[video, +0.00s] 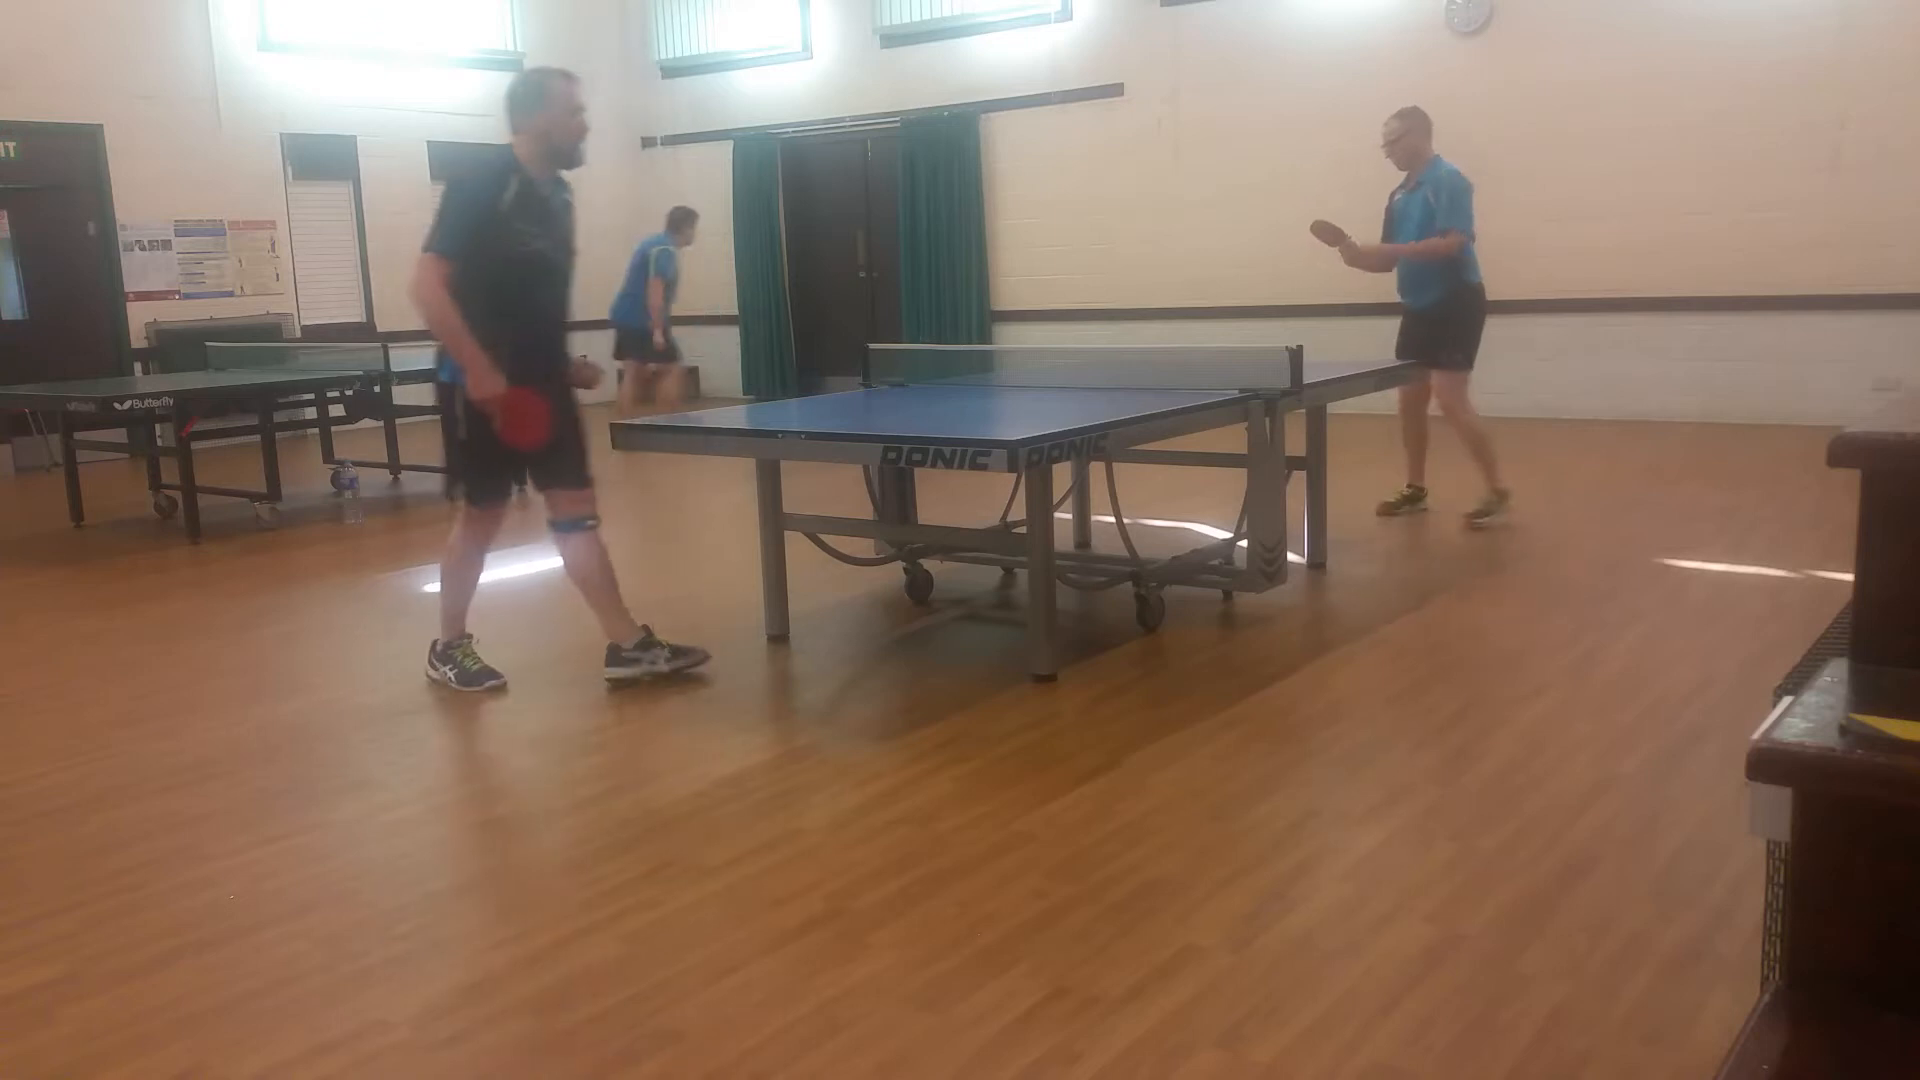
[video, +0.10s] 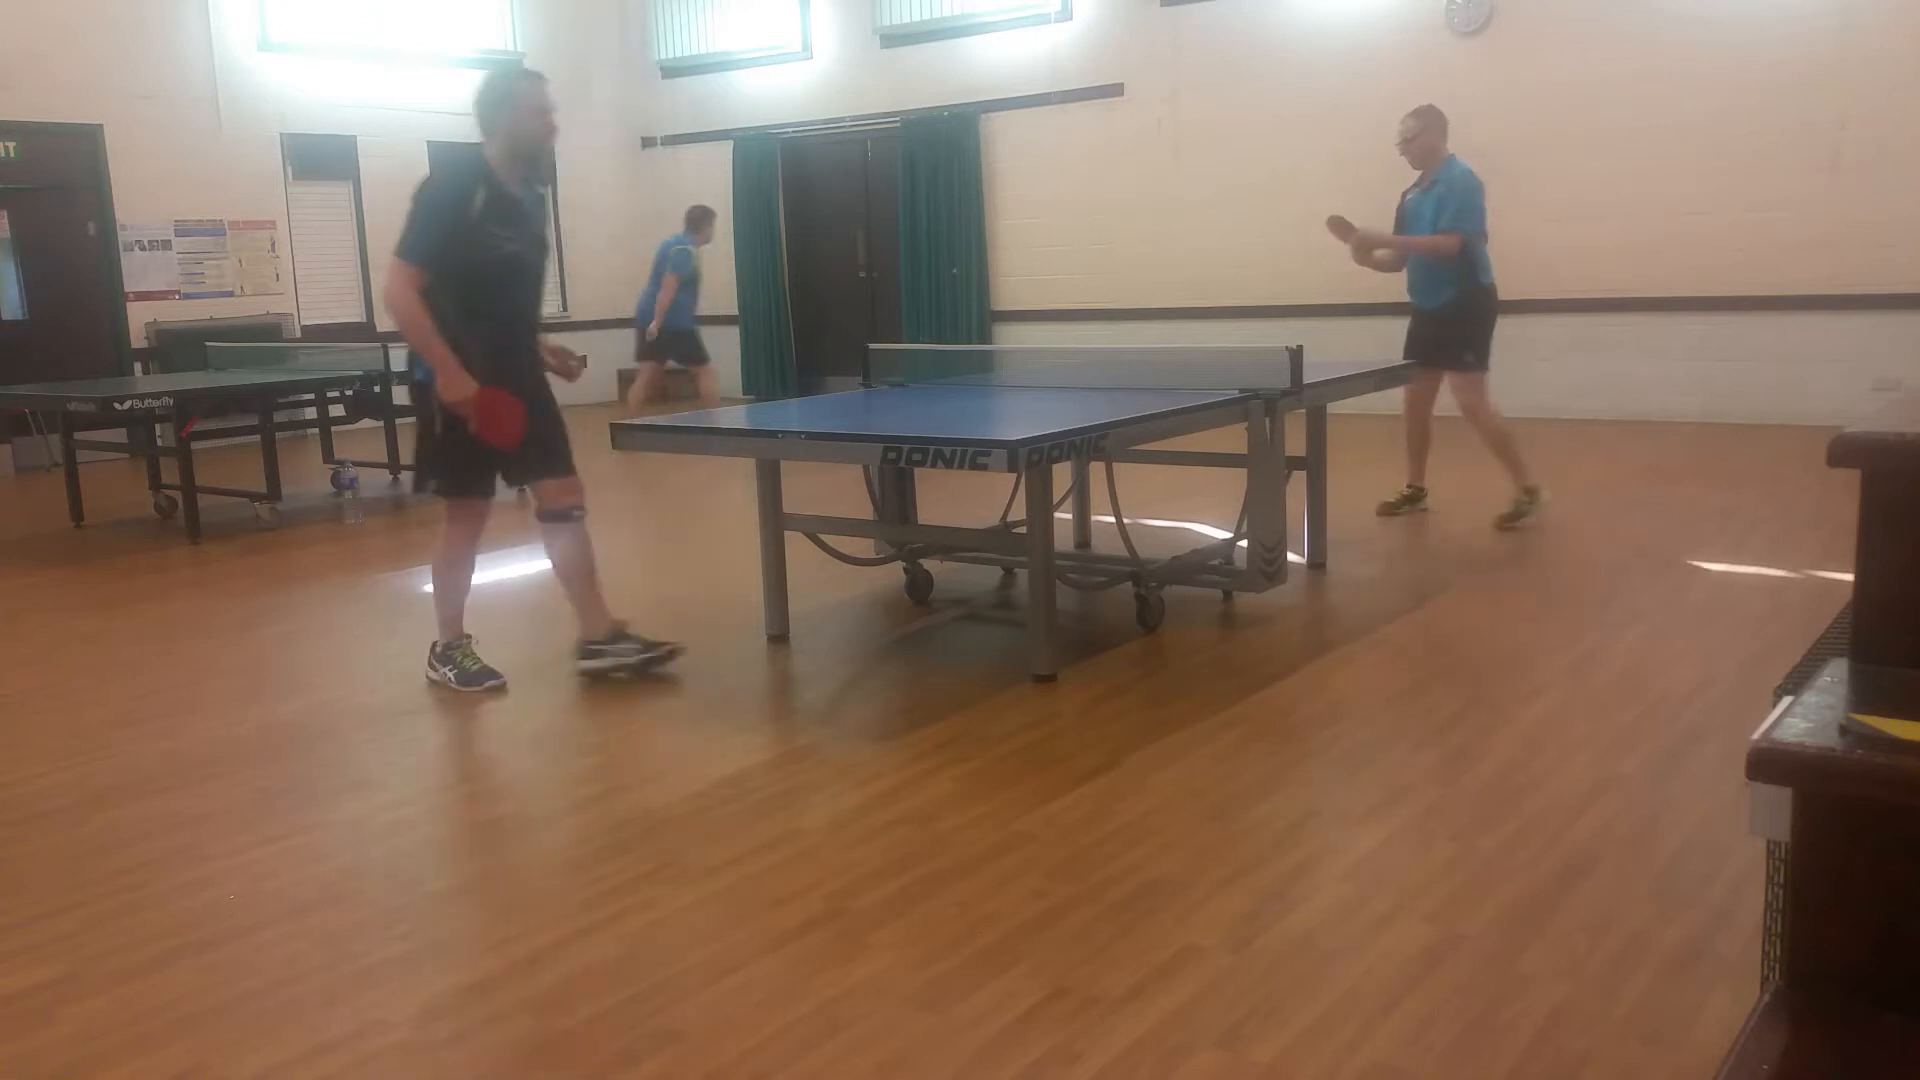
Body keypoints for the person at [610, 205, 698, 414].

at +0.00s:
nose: (694, 234)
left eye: (694, 228)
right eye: (692, 228)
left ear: (673, 225)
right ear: (683, 228)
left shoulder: (652, 244)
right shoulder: (663, 250)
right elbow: (655, 295)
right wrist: (658, 330)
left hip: (628, 319)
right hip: (643, 321)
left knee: (633, 370)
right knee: (671, 367)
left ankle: (625, 426)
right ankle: (664, 425)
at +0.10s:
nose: (713, 232)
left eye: (713, 226)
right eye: (711, 226)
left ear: (690, 224)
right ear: (703, 227)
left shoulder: (671, 245)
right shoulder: (683, 252)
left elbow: (663, 286)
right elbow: (667, 289)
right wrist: (657, 321)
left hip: (654, 322)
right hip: (676, 325)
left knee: (647, 374)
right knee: (704, 372)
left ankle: (630, 425)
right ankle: (717, 425)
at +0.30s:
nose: (750, 223)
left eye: (749, 218)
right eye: (748, 218)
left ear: (727, 216)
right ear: (742, 218)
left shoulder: (706, 239)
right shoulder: (734, 244)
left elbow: (692, 272)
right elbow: (721, 280)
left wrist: (695, 306)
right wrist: (711, 312)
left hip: (706, 317)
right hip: (735, 318)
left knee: (711, 370)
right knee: (747, 371)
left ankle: (673, 406)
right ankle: (748, 423)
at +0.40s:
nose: (768, 219)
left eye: (769, 215)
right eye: (768, 215)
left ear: (745, 211)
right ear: (762, 213)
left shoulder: (723, 234)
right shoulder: (755, 237)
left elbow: (709, 273)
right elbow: (757, 276)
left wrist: (711, 310)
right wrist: (761, 313)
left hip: (723, 311)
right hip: (746, 312)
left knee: (745, 362)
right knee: (751, 364)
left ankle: (730, 411)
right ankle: (745, 418)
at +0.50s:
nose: (787, 223)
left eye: (788, 218)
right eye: (786, 218)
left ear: (762, 215)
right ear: (779, 216)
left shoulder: (739, 239)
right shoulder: (778, 241)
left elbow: (724, 277)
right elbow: (795, 280)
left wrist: (725, 313)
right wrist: (814, 313)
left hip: (742, 314)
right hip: (766, 315)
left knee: (774, 367)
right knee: (759, 371)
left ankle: (777, 420)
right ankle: (748, 426)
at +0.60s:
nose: (805, 235)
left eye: (806, 231)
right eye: (805, 230)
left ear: (783, 225)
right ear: (799, 227)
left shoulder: (758, 246)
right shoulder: (796, 247)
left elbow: (740, 283)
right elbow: (824, 280)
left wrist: (737, 317)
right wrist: (854, 306)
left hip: (756, 318)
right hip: (780, 320)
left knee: (796, 363)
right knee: (768, 371)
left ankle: (814, 413)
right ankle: (751, 422)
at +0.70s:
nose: (825, 238)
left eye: (825, 235)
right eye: (824, 234)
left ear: (794, 231)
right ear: (817, 232)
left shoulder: (777, 251)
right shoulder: (815, 249)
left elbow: (759, 284)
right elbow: (844, 281)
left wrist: (754, 317)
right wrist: (876, 297)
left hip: (776, 324)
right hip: (801, 325)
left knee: (818, 363)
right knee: (787, 371)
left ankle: (829, 415)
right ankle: (761, 418)